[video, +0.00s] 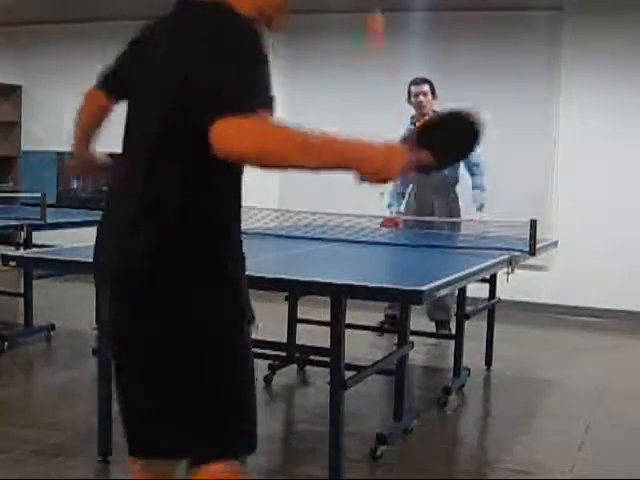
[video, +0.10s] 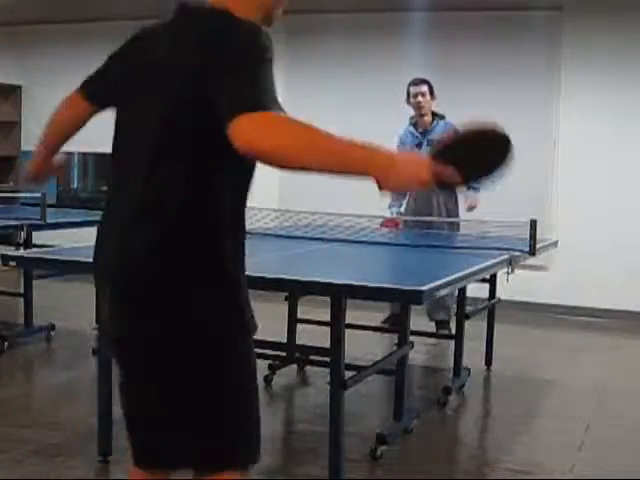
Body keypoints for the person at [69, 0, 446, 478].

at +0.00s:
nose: (290, 8)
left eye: (290, 2)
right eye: (287, 0)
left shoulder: (163, 29)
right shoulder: (231, 34)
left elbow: (96, 100)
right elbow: (235, 135)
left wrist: (80, 154)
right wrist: (360, 154)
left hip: (127, 267)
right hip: (194, 273)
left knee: (149, 446)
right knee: (221, 449)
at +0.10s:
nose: (282, 10)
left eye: (284, 4)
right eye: (281, 2)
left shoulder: (150, 40)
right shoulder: (237, 37)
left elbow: (78, 104)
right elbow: (253, 129)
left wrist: (42, 157)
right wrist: (380, 162)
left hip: (126, 282)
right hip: (195, 285)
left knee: (150, 451)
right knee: (225, 455)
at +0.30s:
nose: (252, 6)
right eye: (251, 2)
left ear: (187, 1)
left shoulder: (123, 55)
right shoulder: (242, 52)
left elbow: (53, 132)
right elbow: (252, 154)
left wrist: (12, 209)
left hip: (101, 304)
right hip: (183, 314)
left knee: (122, 446)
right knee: (217, 462)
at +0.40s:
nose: (233, 8)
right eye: (232, 8)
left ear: (169, 3)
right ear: (222, 5)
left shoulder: (99, 52)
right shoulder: (230, 53)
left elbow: (39, 148)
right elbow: (223, 166)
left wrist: (14, 232)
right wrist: (255, 271)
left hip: (87, 281)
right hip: (175, 292)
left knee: (101, 416)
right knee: (193, 459)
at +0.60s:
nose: (177, 12)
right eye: (178, 7)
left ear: (109, 7)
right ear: (169, 7)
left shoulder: (46, 74)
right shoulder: (182, 75)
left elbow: (5, 163)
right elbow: (201, 177)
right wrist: (209, 266)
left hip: (51, 293)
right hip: (139, 299)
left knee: (35, 433)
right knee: (161, 458)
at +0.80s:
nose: (124, 13)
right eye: (124, 8)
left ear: (59, 8)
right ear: (117, 7)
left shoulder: (9, 64)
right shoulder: (137, 70)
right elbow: (168, 165)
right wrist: (178, 245)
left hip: (14, 273)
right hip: (102, 277)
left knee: (14, 427)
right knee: (136, 435)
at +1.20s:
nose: (101, 12)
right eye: (102, 8)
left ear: (40, 8)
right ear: (97, 8)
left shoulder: (8, 64)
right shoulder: (125, 74)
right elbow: (153, 162)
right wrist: (145, 221)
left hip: (10, 262)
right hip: (85, 266)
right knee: (84, 415)